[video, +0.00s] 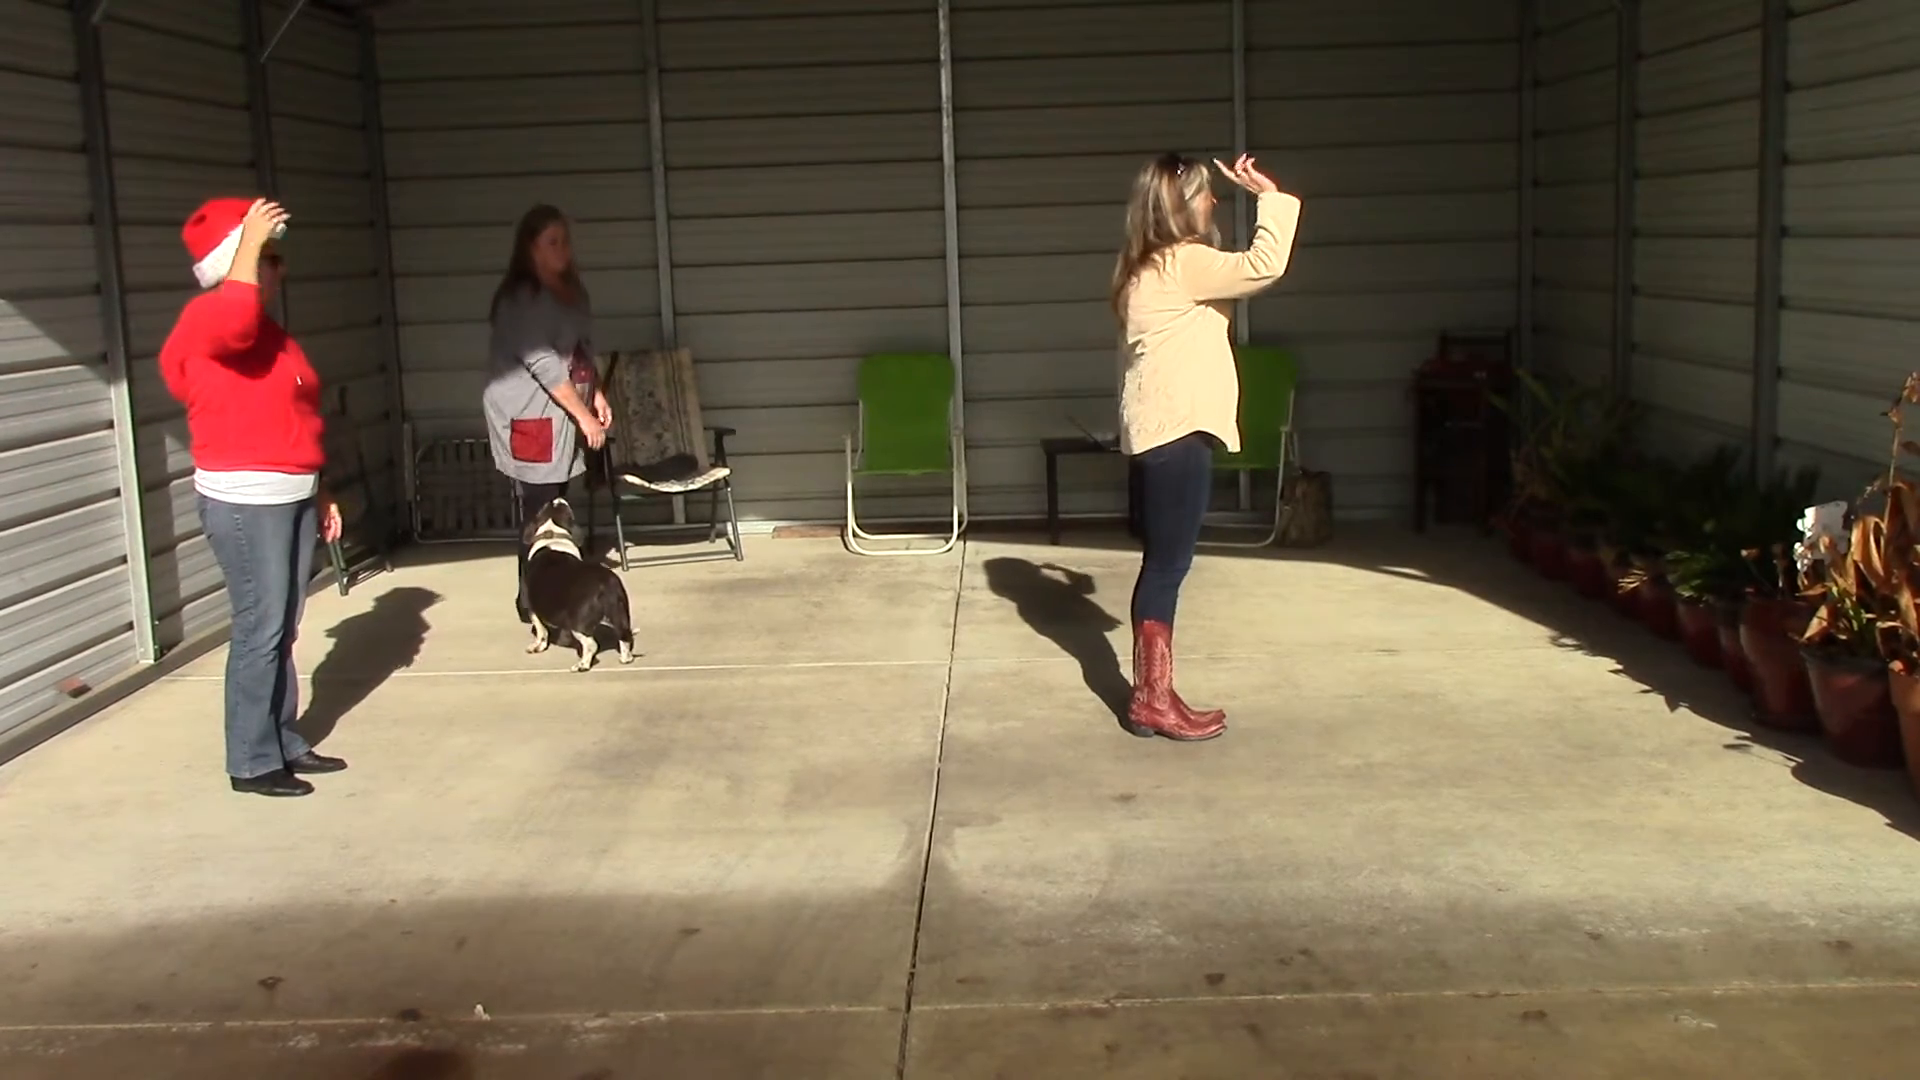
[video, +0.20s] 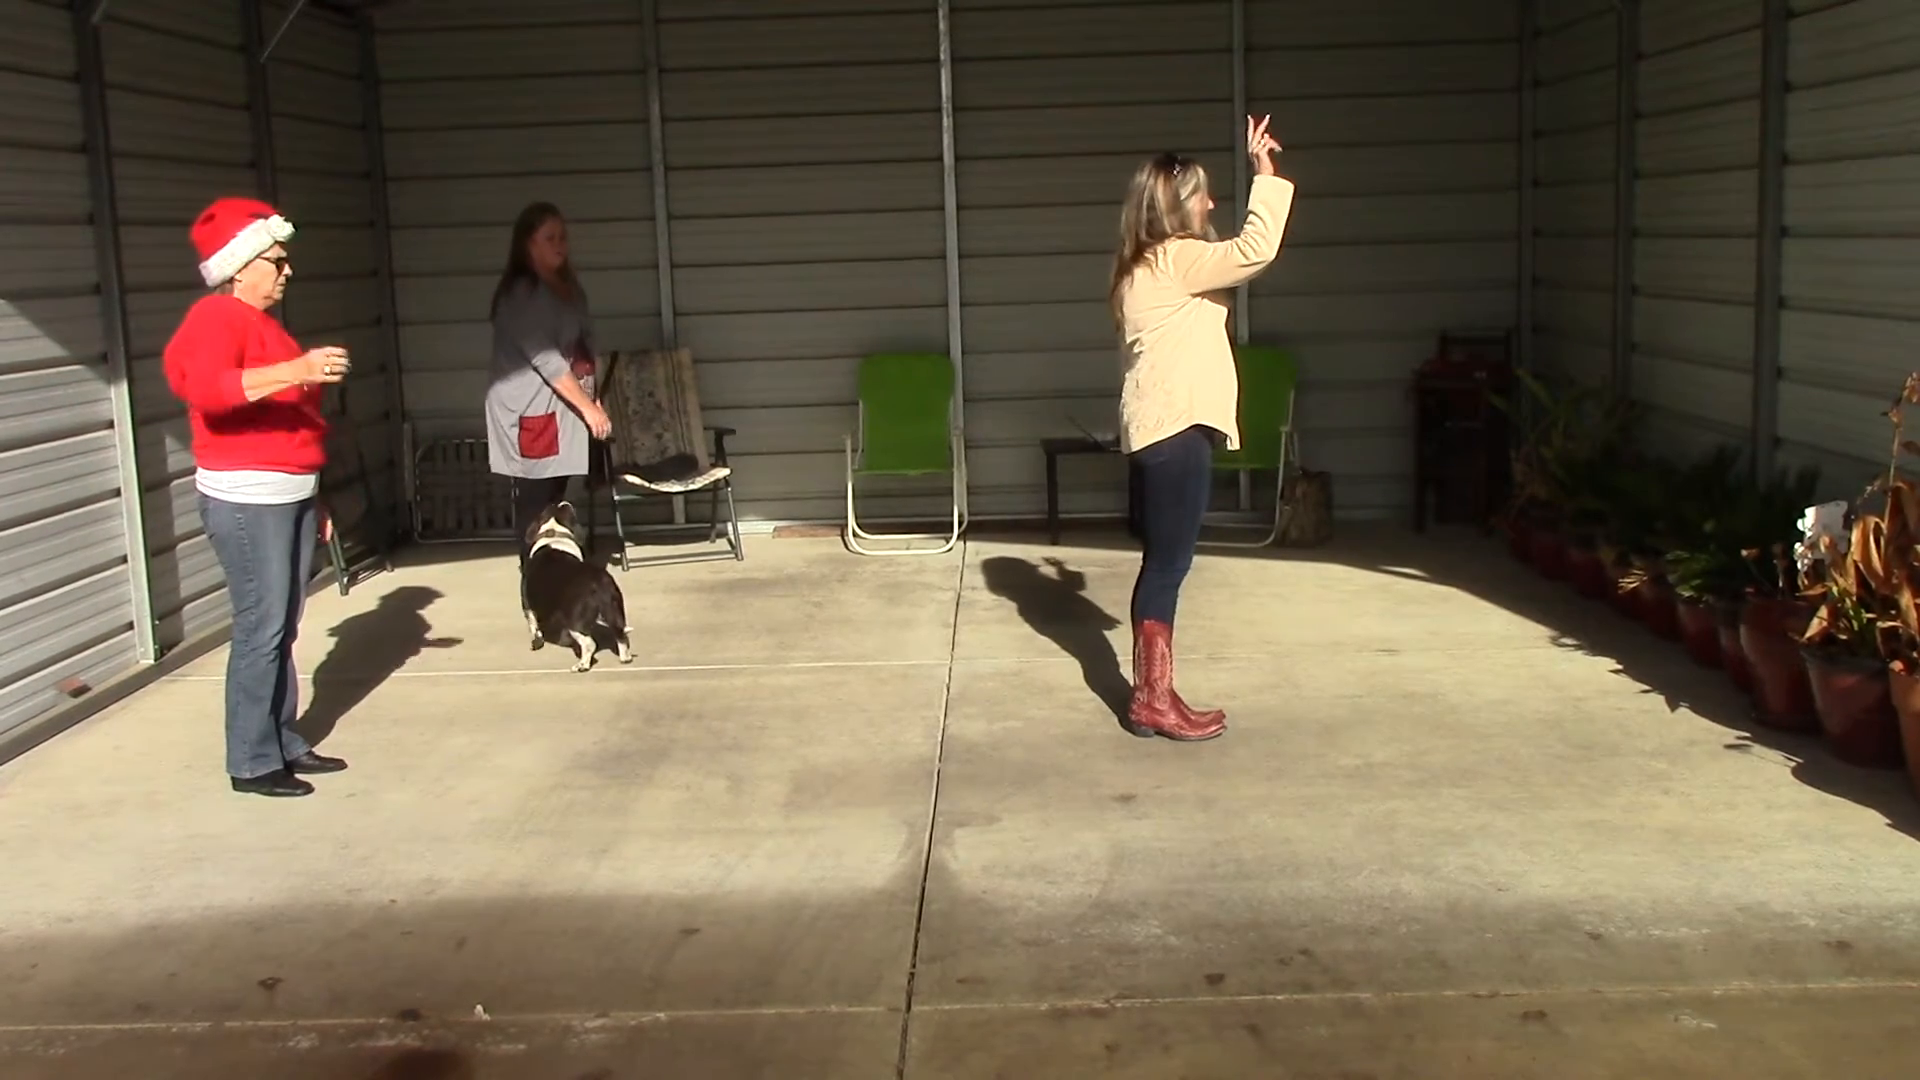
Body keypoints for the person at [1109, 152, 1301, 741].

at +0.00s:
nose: (1214, 213)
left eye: (1214, 202)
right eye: (1208, 203)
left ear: (1160, 205)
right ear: (1186, 205)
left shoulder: (1143, 270)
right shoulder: (1183, 262)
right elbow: (1265, 265)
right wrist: (1274, 198)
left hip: (1154, 432)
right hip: (1181, 431)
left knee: (1161, 562)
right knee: (1167, 565)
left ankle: (1153, 697)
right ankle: (1152, 700)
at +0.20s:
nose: (1212, 206)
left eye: (1210, 196)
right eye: (1205, 197)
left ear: (1162, 206)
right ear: (1178, 203)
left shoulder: (1142, 269)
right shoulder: (1174, 258)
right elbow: (1256, 249)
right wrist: (1270, 177)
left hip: (1157, 428)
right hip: (1180, 428)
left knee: (1163, 559)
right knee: (1169, 560)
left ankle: (1154, 695)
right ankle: (1151, 699)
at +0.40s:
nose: (1209, 208)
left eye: (1206, 197)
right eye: (1201, 198)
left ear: (1161, 205)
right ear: (1174, 203)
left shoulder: (1143, 266)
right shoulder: (1166, 257)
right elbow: (1245, 248)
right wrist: (1259, 173)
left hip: (1160, 427)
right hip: (1177, 427)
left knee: (1162, 559)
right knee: (1168, 560)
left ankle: (1152, 695)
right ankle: (1152, 699)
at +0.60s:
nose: (1208, 208)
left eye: (1206, 198)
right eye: (1199, 198)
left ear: (1161, 204)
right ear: (1171, 204)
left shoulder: (1147, 263)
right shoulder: (1161, 257)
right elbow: (1234, 247)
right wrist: (1247, 172)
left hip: (1161, 427)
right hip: (1173, 427)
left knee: (1163, 559)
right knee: (1167, 560)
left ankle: (1153, 695)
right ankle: (1152, 699)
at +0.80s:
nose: (1206, 208)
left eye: (1205, 198)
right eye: (1197, 199)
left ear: (1165, 204)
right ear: (1169, 205)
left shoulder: (1154, 261)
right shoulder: (1155, 258)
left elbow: (1226, 248)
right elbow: (1229, 245)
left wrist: (1240, 169)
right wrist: (1241, 168)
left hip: (1165, 427)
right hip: (1168, 428)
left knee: (1163, 559)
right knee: (1167, 560)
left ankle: (1153, 694)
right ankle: (1152, 698)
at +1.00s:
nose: (1213, 209)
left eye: (1211, 199)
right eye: (1204, 200)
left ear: (1170, 206)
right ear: (1174, 206)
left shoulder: (1158, 262)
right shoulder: (1160, 258)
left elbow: (1227, 254)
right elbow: (1231, 250)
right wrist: (1250, 177)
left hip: (1167, 428)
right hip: (1168, 428)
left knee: (1162, 560)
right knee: (1164, 560)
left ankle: (1154, 695)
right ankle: (1151, 699)